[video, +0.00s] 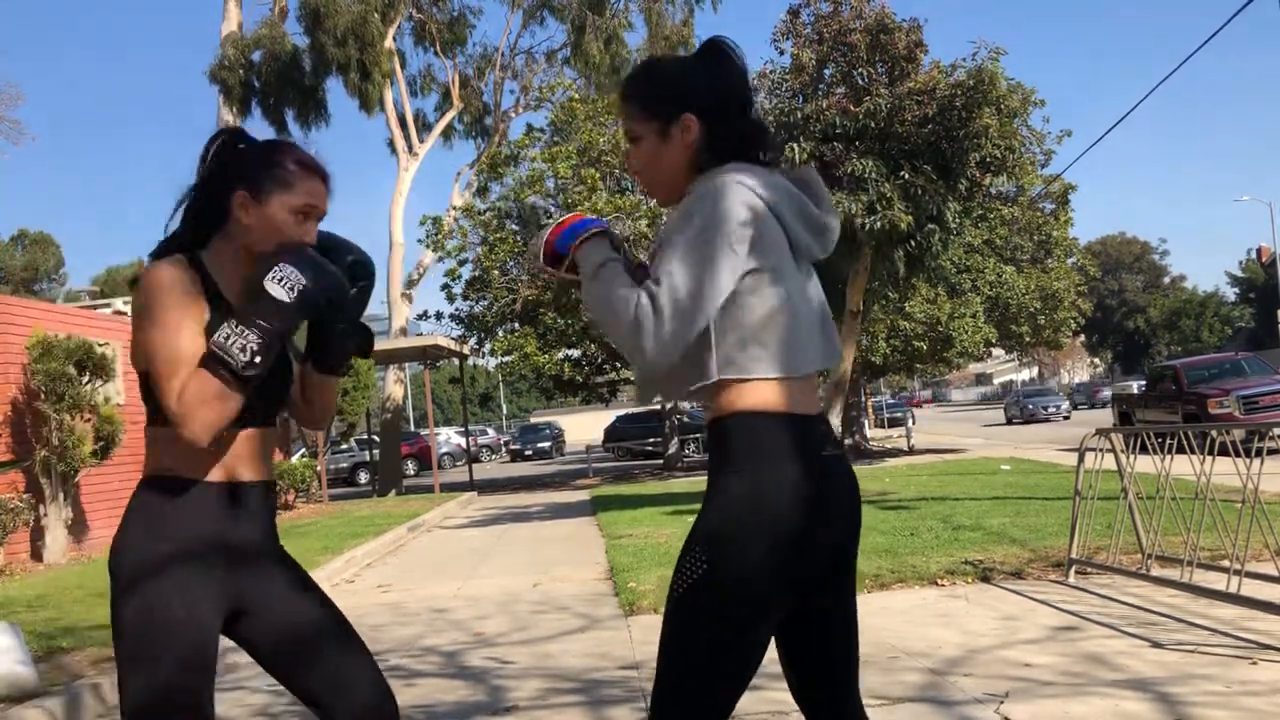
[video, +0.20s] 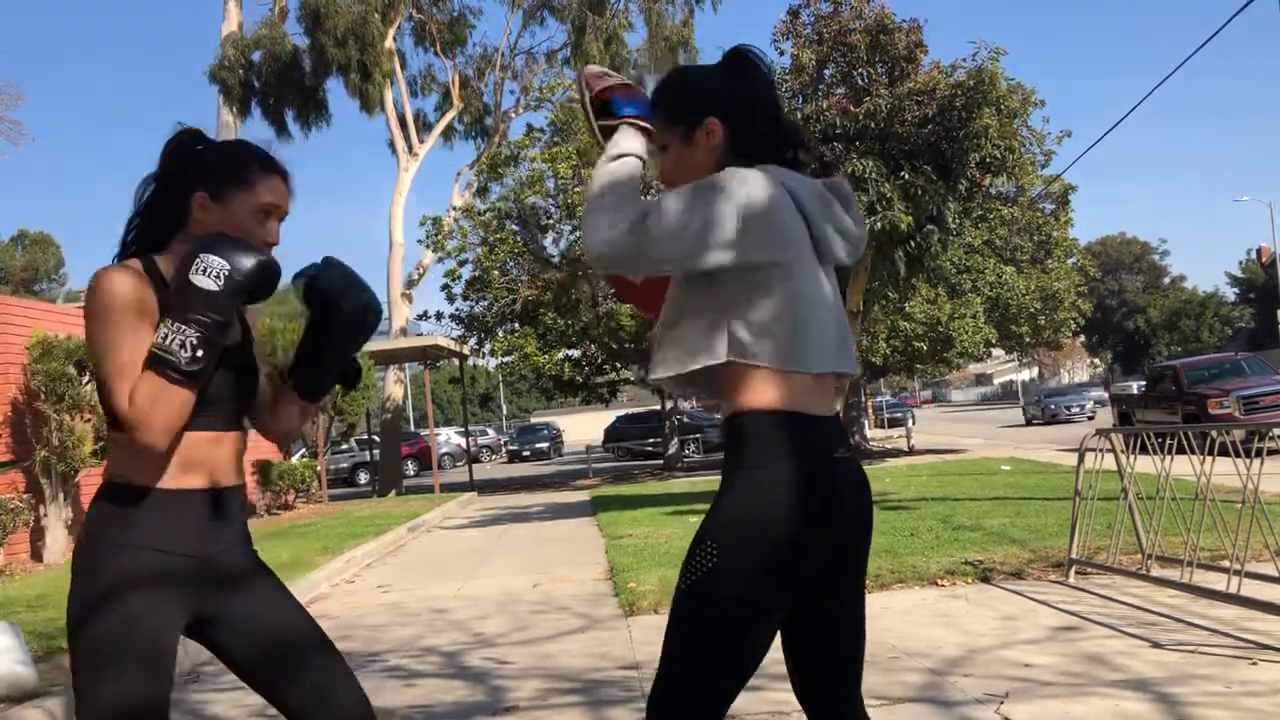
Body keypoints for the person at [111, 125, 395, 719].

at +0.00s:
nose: (312, 235)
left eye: (318, 220)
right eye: (303, 216)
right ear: (245, 206)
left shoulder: (270, 294)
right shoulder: (169, 280)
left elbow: (315, 415)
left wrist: (334, 321)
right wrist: (270, 312)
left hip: (256, 545)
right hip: (172, 546)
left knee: (369, 704)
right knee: (168, 711)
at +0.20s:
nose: (275, 237)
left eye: (280, 222)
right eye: (266, 215)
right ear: (204, 206)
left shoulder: (230, 307)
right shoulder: (121, 286)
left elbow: (280, 423)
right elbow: (150, 428)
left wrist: (331, 341)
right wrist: (203, 306)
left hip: (227, 552)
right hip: (134, 551)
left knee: (346, 709)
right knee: (122, 711)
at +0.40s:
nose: (253, 217)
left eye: (255, 201)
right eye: (241, 198)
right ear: (178, 195)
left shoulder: (250, 274)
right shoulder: (98, 287)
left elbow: (367, 332)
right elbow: (105, 428)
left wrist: (373, 247)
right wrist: (133, 306)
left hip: (249, 537)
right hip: (146, 539)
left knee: (347, 709)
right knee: (124, 710)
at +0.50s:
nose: (251, 214)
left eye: (252, 198)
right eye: (237, 196)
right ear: (174, 196)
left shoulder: (258, 267)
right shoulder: (100, 290)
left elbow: (383, 299)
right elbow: (118, 438)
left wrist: (407, 233)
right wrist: (139, 320)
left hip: (259, 534)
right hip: (153, 537)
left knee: (357, 707)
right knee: (120, 712)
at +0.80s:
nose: (301, 215)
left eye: (300, 196)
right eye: (288, 195)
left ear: (228, 202)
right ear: (225, 200)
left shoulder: (295, 269)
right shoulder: (163, 305)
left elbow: (413, 307)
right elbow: (175, 456)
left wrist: (429, 237)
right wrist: (216, 356)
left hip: (296, 535)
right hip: (207, 537)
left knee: (400, 704)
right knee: (171, 711)